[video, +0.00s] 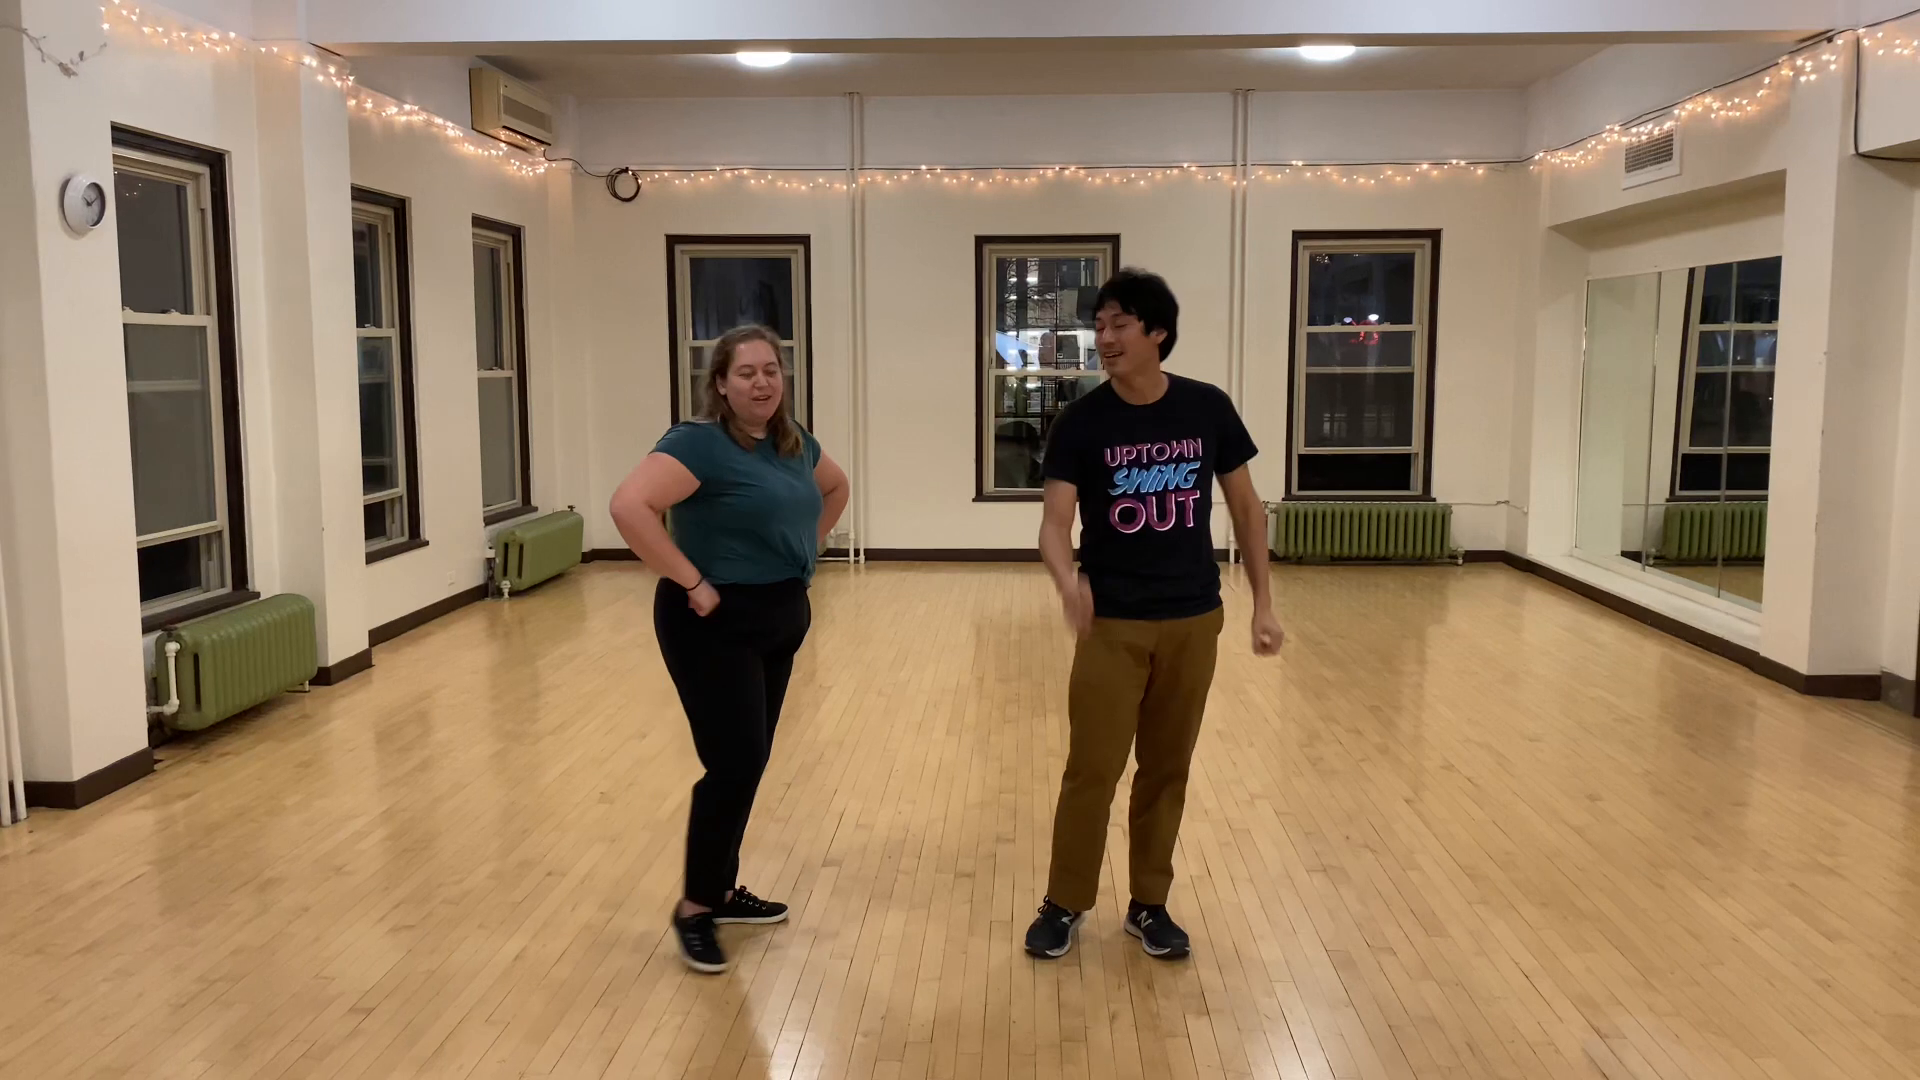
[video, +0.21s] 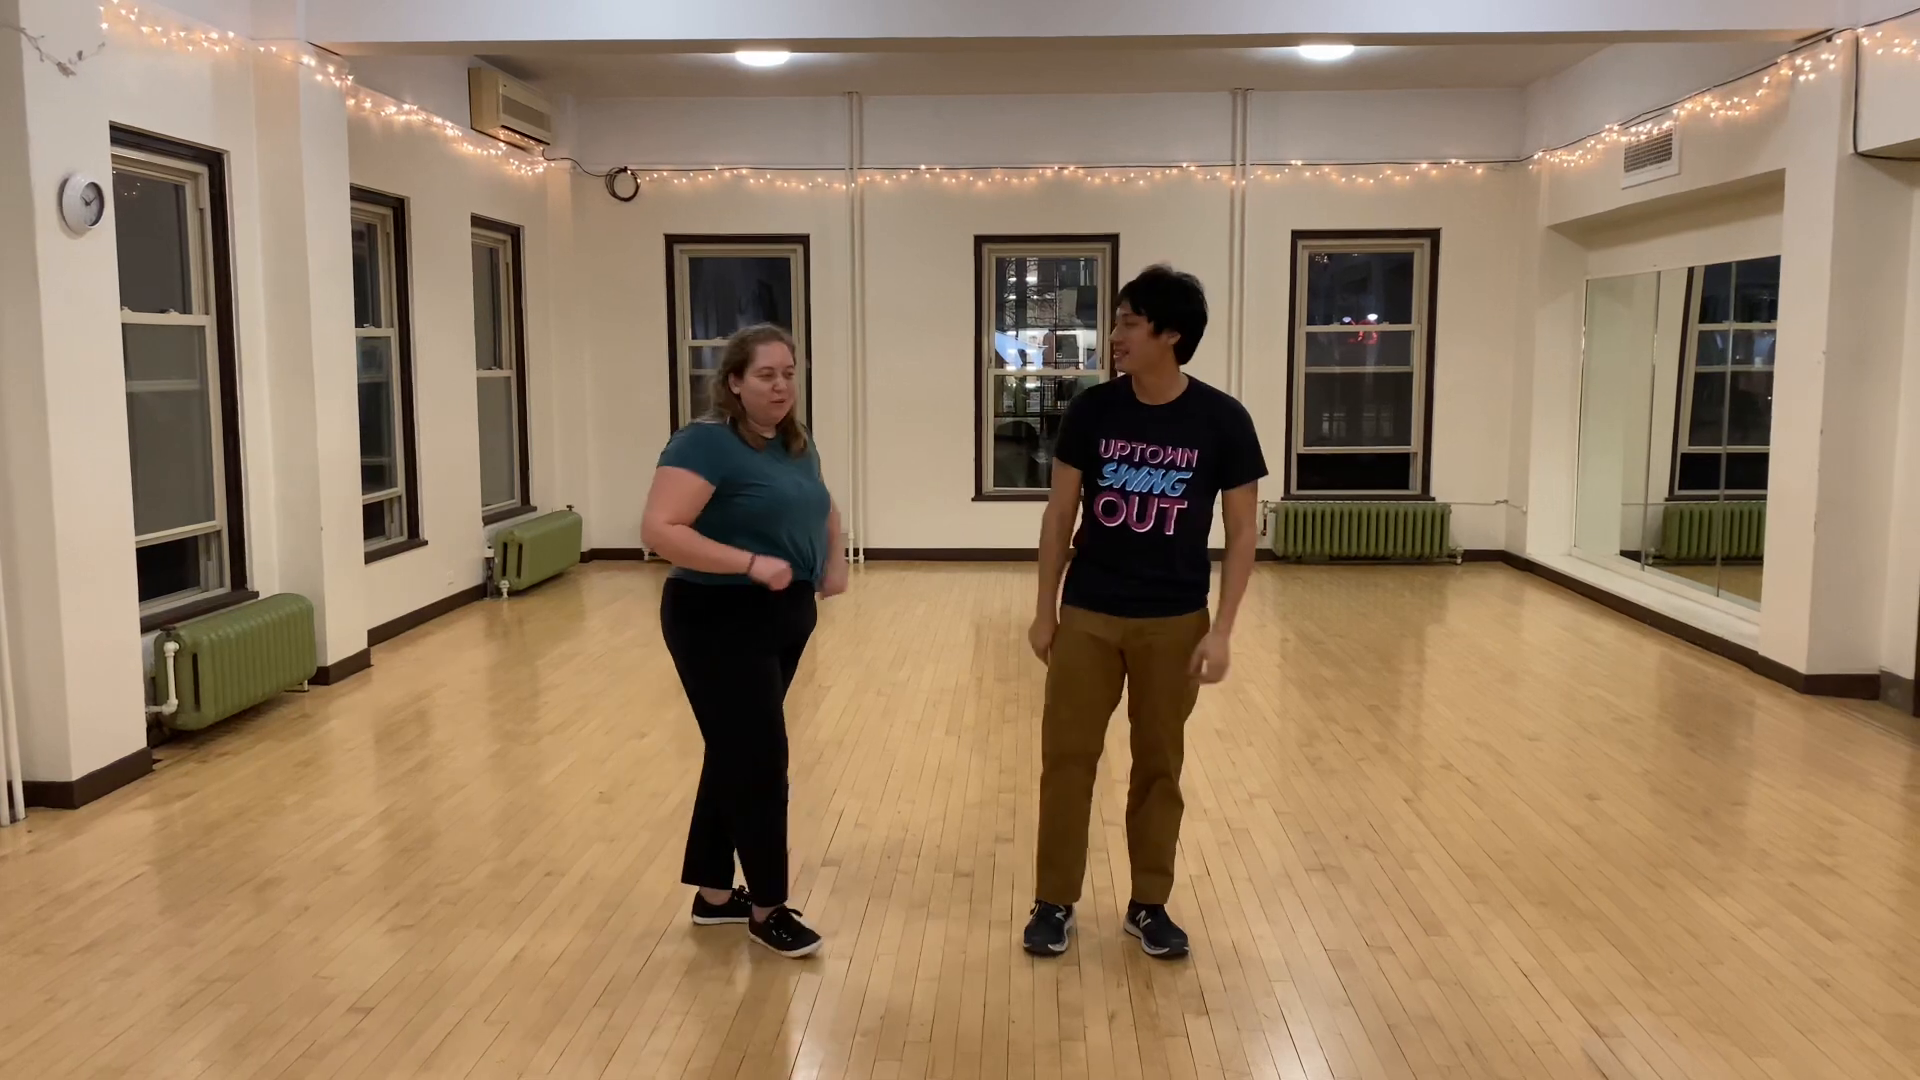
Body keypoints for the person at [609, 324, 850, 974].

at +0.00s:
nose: (762, 382)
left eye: (771, 370)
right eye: (747, 372)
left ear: (784, 378)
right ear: (722, 383)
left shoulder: (792, 441)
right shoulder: (698, 442)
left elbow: (836, 488)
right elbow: (629, 505)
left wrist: (800, 549)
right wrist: (692, 583)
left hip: (774, 613)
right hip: (708, 616)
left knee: (749, 760)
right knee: (732, 762)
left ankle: (720, 890)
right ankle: (693, 911)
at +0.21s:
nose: (780, 386)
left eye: (788, 374)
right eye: (766, 375)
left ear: (798, 381)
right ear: (735, 383)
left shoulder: (796, 447)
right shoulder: (702, 443)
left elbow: (823, 508)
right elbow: (659, 529)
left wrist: (834, 553)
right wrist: (748, 561)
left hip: (783, 614)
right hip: (713, 616)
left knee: (735, 748)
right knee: (760, 749)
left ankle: (713, 889)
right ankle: (768, 905)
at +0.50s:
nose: (793, 383)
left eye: (799, 372)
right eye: (779, 372)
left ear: (803, 378)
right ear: (743, 379)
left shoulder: (798, 444)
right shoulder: (718, 444)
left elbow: (818, 533)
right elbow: (727, 539)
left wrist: (842, 513)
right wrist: (817, 519)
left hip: (797, 615)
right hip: (742, 622)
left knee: (795, 751)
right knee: (760, 765)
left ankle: (728, 872)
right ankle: (766, 909)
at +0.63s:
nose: (797, 380)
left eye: (802, 370)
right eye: (783, 369)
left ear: (805, 377)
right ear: (745, 377)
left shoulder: (802, 442)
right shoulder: (721, 443)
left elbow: (833, 531)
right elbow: (737, 542)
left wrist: (854, 505)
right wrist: (823, 512)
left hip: (805, 614)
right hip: (746, 621)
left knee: (810, 746)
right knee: (763, 757)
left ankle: (748, 866)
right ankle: (767, 907)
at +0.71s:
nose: (799, 378)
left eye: (803, 368)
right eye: (786, 368)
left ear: (806, 376)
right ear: (747, 376)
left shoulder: (804, 441)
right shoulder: (721, 443)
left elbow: (832, 529)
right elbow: (737, 540)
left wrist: (853, 507)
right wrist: (823, 511)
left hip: (808, 613)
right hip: (747, 621)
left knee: (805, 751)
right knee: (762, 758)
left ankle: (780, 877)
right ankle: (765, 906)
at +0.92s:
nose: (804, 378)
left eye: (807, 367)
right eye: (792, 367)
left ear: (806, 374)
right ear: (752, 375)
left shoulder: (813, 440)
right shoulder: (722, 443)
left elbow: (844, 532)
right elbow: (736, 539)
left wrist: (861, 507)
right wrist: (823, 508)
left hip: (815, 610)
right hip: (750, 618)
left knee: (807, 752)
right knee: (763, 758)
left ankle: (797, 879)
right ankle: (766, 904)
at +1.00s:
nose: (810, 376)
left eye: (810, 365)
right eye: (797, 366)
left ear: (805, 372)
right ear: (757, 375)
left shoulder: (816, 438)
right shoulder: (725, 441)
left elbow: (848, 530)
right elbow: (736, 538)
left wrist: (863, 506)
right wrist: (823, 507)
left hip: (818, 610)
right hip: (753, 617)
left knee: (807, 752)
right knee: (764, 757)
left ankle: (796, 878)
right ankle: (766, 903)